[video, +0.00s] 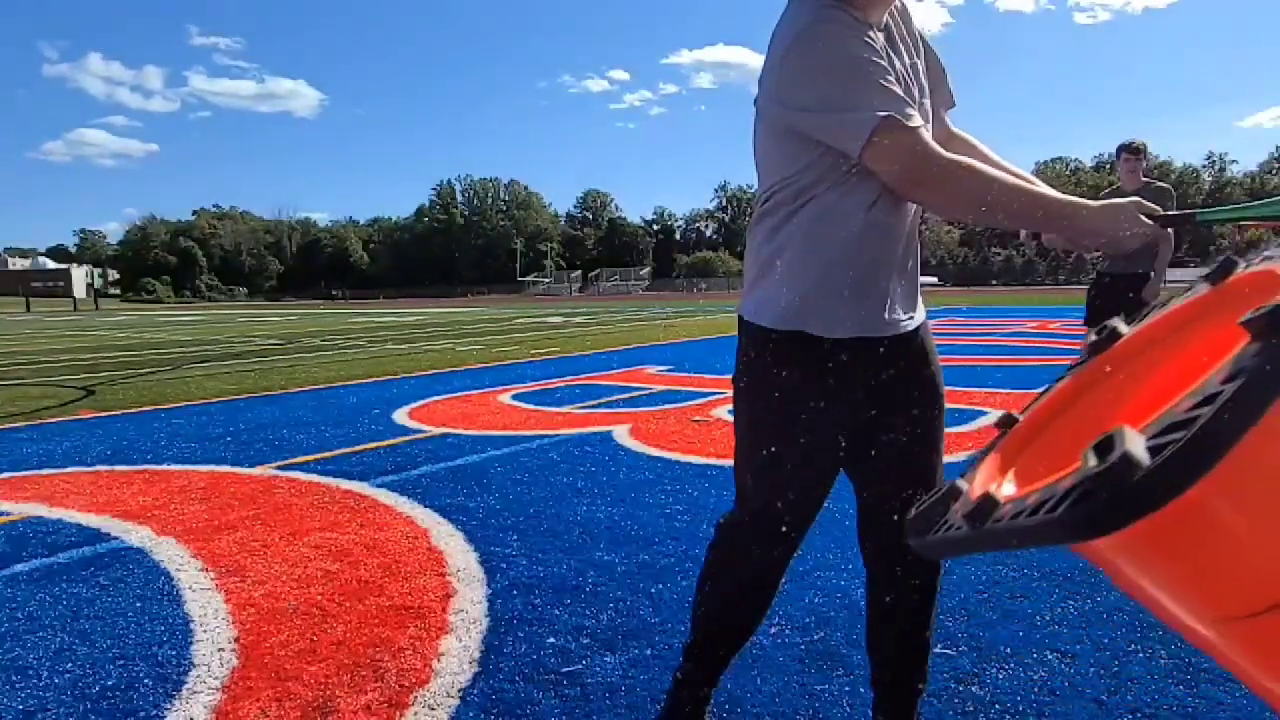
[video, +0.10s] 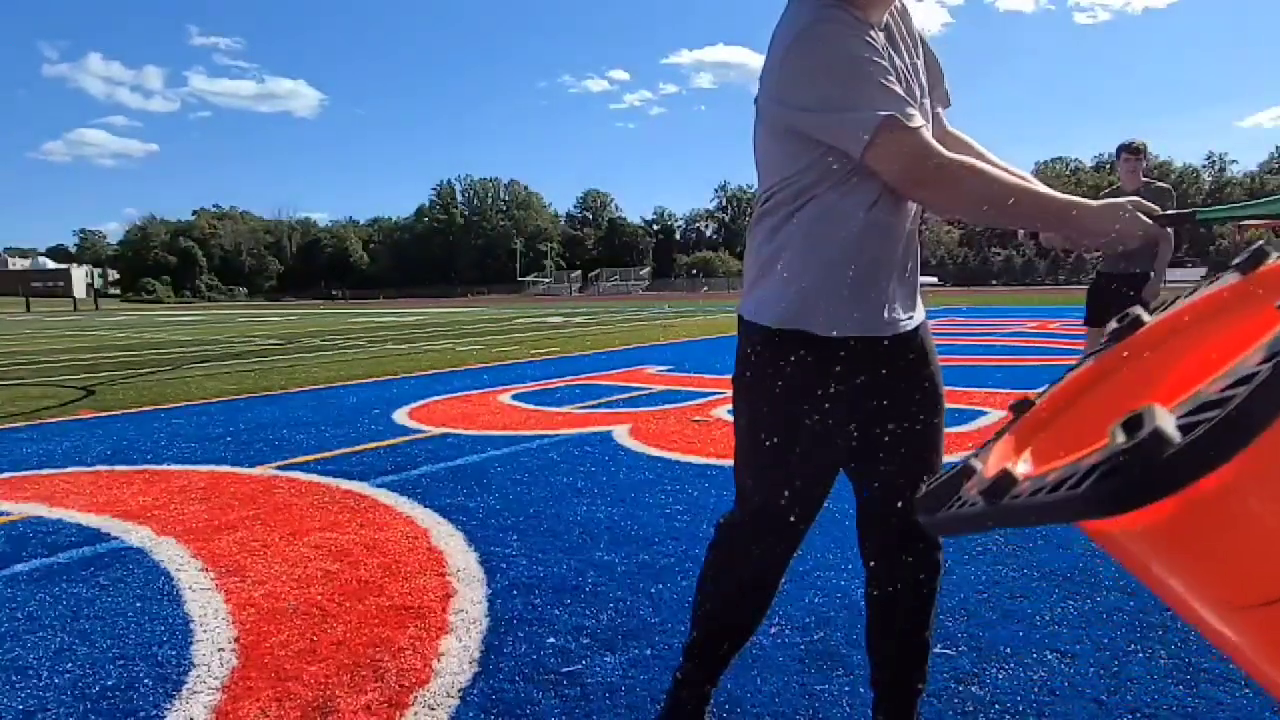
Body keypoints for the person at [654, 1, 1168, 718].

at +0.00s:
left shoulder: (905, 33)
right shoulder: (819, 33)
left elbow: (951, 145)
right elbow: (919, 171)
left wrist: (1072, 220)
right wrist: (1078, 219)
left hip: (895, 340)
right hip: (796, 343)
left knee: (908, 549)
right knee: (764, 532)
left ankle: (898, 708)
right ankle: (690, 696)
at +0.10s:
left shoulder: (904, 34)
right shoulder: (820, 33)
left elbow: (950, 149)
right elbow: (921, 171)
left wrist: (1067, 220)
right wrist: (1080, 218)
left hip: (893, 338)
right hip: (797, 341)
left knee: (906, 542)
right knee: (766, 529)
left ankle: (898, 708)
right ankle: (689, 696)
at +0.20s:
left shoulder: (905, 36)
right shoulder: (824, 31)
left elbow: (950, 154)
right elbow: (921, 170)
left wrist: (1067, 221)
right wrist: (1080, 217)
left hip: (893, 339)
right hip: (796, 341)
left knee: (905, 547)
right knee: (765, 530)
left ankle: (897, 708)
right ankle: (688, 698)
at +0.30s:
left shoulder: (907, 40)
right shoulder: (823, 33)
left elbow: (944, 162)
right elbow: (925, 170)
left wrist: (1051, 220)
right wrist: (1081, 216)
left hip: (893, 338)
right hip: (796, 340)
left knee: (905, 547)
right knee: (766, 529)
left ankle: (897, 708)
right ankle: (688, 697)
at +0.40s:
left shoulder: (901, 34)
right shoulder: (824, 32)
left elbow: (937, 172)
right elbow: (927, 168)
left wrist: (1046, 222)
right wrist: (1082, 215)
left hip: (890, 337)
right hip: (796, 338)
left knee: (905, 549)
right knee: (765, 530)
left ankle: (896, 707)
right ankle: (688, 697)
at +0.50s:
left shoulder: (901, 35)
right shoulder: (825, 33)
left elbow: (934, 178)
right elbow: (931, 169)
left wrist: (1041, 222)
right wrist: (1086, 214)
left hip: (890, 335)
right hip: (796, 337)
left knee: (905, 546)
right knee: (765, 529)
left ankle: (897, 706)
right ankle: (687, 699)